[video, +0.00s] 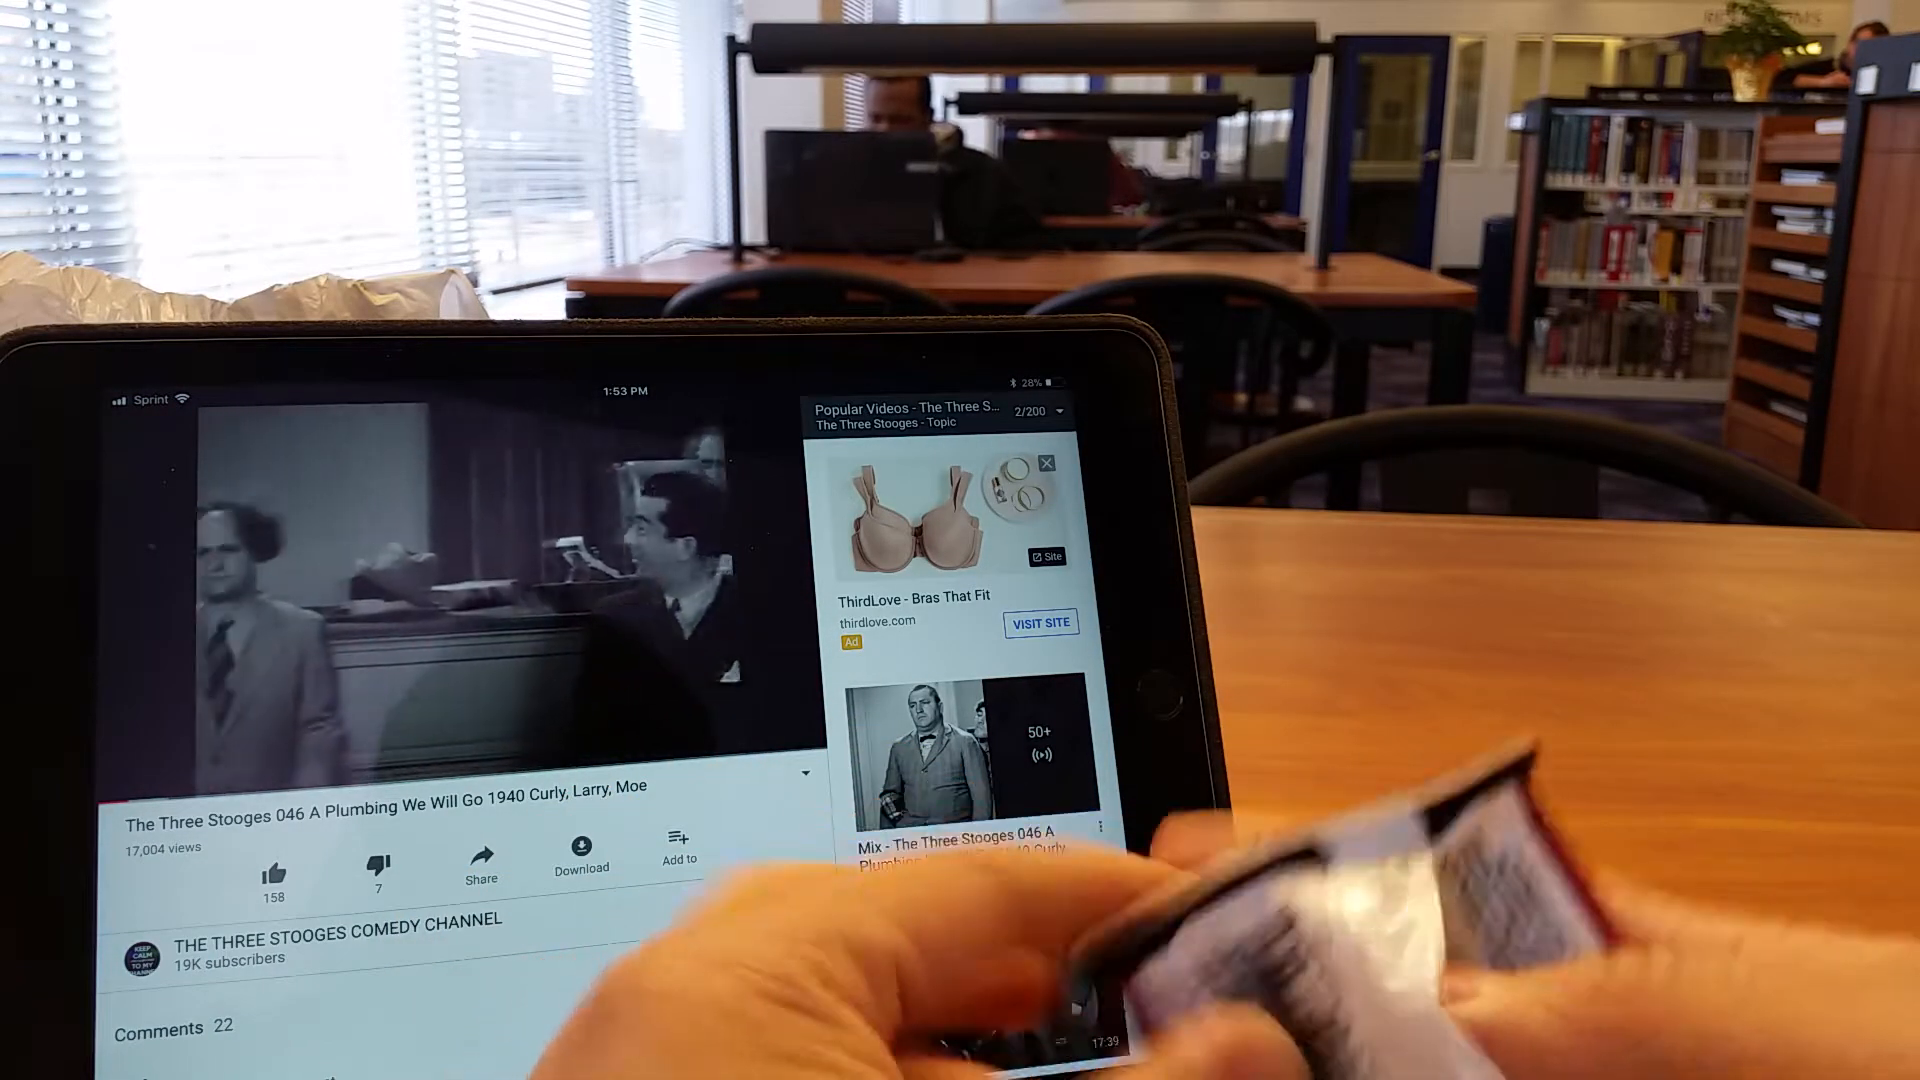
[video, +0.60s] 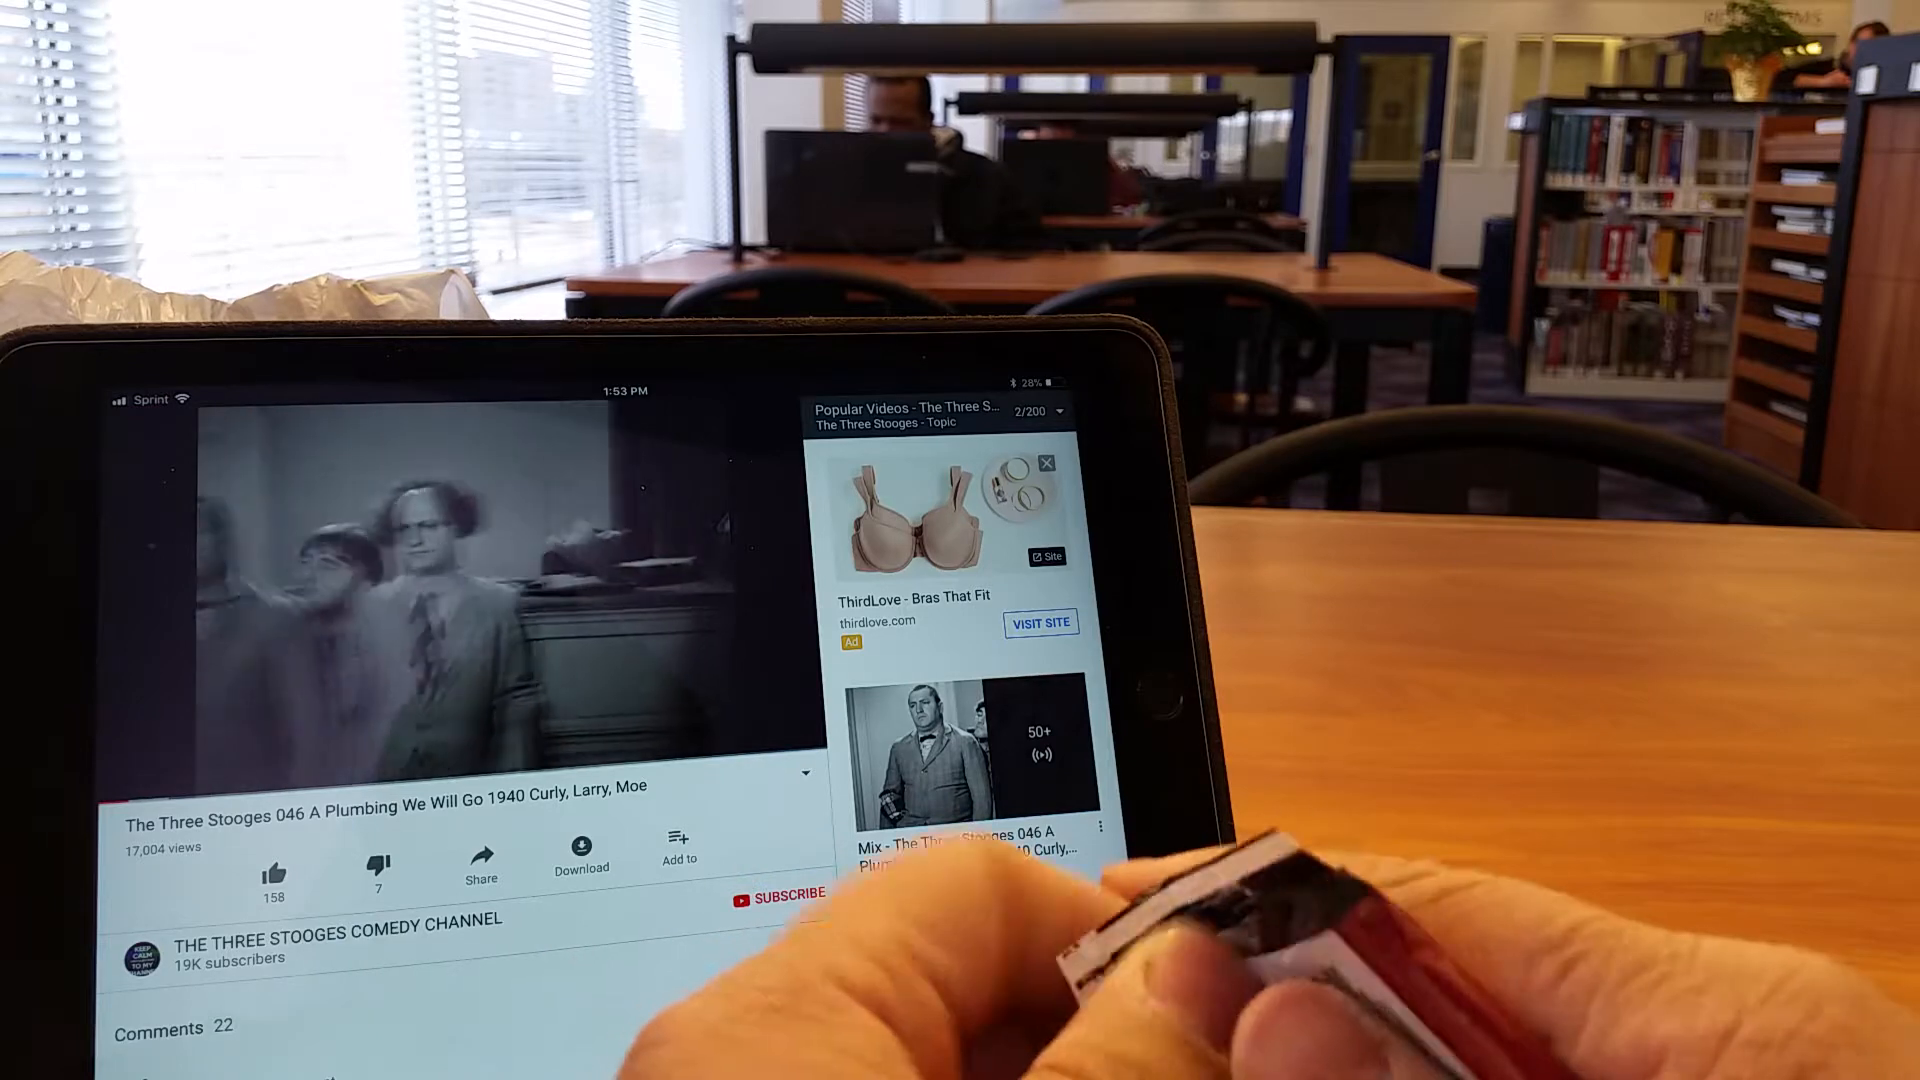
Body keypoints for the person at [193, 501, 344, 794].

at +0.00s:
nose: (215, 564)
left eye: (228, 550)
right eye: (203, 553)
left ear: (255, 552)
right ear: (191, 560)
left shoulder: (302, 630)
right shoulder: (185, 627)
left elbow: (320, 727)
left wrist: (308, 805)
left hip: (269, 805)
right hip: (186, 804)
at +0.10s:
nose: (250, 561)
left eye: (264, 547)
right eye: (239, 550)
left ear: (289, 550)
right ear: (226, 560)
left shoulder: (336, 626)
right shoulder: (204, 628)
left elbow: (354, 724)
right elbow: (187, 722)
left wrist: (340, 804)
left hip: (305, 802)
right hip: (216, 802)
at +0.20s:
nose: (283, 557)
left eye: (296, 543)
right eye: (271, 546)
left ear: (322, 547)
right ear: (259, 555)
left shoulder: (369, 622)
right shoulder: (228, 627)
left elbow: (384, 718)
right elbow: (206, 725)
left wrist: (369, 795)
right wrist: (209, 800)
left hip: (334, 800)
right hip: (242, 801)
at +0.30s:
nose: (331, 551)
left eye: (344, 538)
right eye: (320, 540)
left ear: (370, 542)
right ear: (309, 549)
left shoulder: (417, 616)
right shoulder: (277, 620)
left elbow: (432, 718)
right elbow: (257, 718)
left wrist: (423, 800)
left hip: (380, 792)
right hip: (292, 792)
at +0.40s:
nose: (362, 547)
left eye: (375, 534)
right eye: (350, 537)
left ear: (401, 538)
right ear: (338, 546)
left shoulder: (445, 611)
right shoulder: (308, 616)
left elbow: (463, 709)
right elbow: (288, 713)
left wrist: (452, 791)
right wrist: (286, 797)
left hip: (410, 791)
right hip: (321, 791)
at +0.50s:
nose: (402, 542)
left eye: (414, 529)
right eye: (390, 532)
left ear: (440, 533)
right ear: (379, 540)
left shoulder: (485, 605)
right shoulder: (350, 609)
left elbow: (502, 702)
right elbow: (331, 708)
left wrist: (489, 785)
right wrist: (326, 792)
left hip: (450, 786)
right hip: (362, 787)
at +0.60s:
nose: (415, 540)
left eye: (428, 527)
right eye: (404, 530)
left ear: (455, 530)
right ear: (393, 539)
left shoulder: (496, 603)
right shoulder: (374, 606)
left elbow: (518, 699)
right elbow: (353, 701)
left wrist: (512, 782)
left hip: (467, 770)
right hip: (384, 774)